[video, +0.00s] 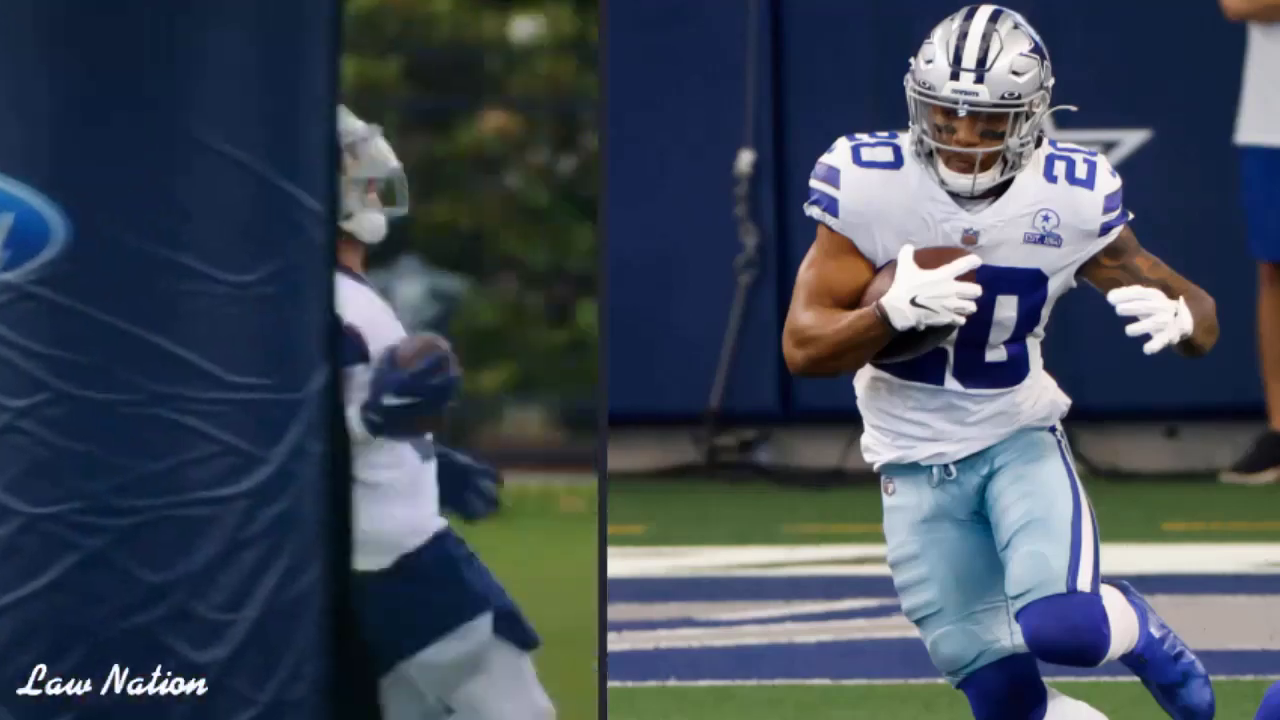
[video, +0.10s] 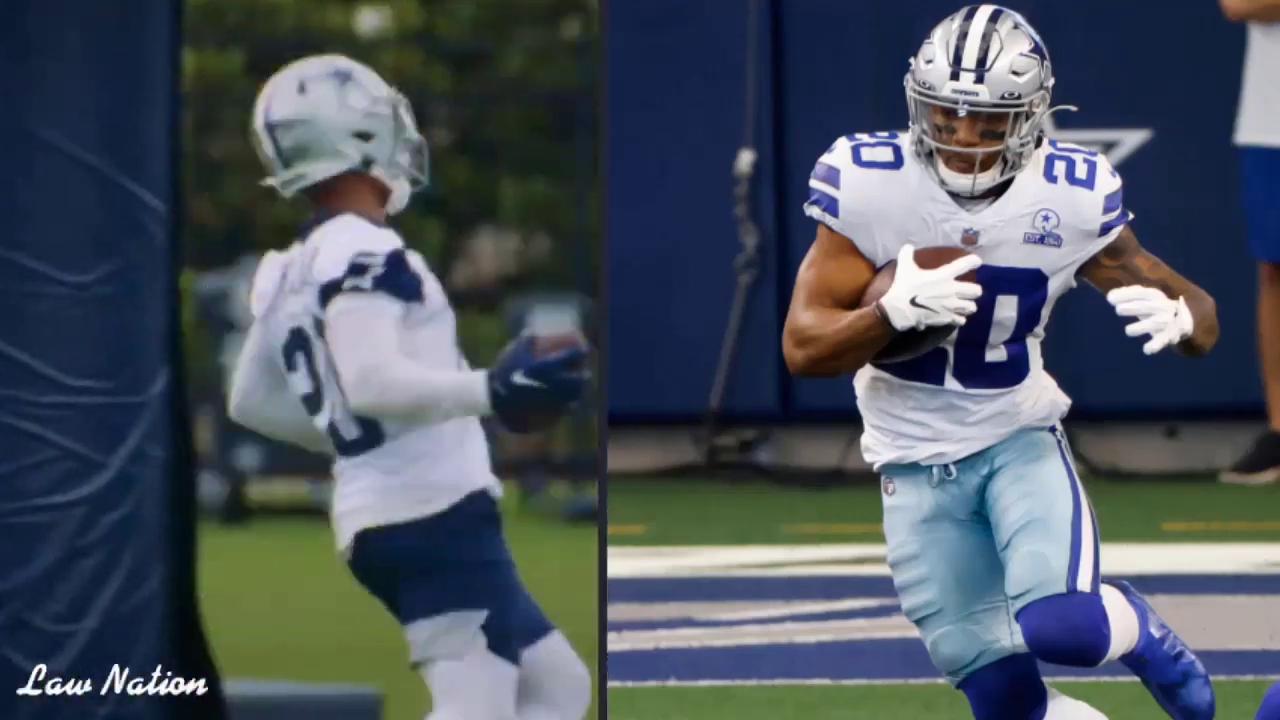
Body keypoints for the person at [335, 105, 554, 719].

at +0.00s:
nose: (377, 205)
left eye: (379, 189)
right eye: (363, 189)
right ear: (322, 196)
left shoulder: (356, 298)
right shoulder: (319, 306)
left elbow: (359, 435)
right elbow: (292, 429)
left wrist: (430, 469)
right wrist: (368, 412)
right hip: (393, 557)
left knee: (414, 705)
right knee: (513, 703)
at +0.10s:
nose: (406, 143)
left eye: (401, 127)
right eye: (396, 127)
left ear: (295, 159)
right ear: (374, 137)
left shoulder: (287, 272)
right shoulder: (365, 249)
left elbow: (253, 400)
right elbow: (372, 382)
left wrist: (355, 435)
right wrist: (491, 387)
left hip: (387, 516)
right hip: (428, 510)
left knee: (559, 681)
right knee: (473, 698)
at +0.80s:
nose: (199, 217)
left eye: (208, 201)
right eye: (196, 202)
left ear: (243, 206)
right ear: (315, 181)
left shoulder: (199, 326)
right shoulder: (399, 242)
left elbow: (203, 469)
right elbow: (537, 327)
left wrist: (288, 471)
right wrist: (516, 359)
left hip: (356, 582)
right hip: (466, 540)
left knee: (432, 707)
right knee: (535, 703)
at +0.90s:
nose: (115, 211)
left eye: (126, 193)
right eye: (112, 194)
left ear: (168, 191)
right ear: (228, 171)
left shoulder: (136, 314)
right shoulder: (323, 224)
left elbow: (163, 469)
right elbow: (458, 297)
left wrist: (204, 465)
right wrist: (478, 381)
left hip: (295, 569)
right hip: (401, 516)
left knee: (384, 706)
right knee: (490, 690)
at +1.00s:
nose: (111, 243)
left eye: (119, 227)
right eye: (111, 226)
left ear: (160, 230)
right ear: (231, 208)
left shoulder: (141, 360)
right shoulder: (321, 273)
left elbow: (184, 511)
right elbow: (459, 333)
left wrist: (150, 440)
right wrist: (519, 408)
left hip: (302, 603)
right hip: (411, 550)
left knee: (390, 707)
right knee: (527, 695)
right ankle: (507, 699)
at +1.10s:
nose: (107, 220)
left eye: (114, 204)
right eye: (106, 204)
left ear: (145, 209)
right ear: (229, 186)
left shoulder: (125, 340)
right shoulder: (310, 259)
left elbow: (146, 497)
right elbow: (440, 335)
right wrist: (511, 393)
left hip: (291, 582)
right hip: (396, 538)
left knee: (402, 712)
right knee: (446, 683)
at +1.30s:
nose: (148, 167)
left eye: (156, 150)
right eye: (147, 148)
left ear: (191, 155)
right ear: (278, 139)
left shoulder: (163, 276)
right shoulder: (363, 224)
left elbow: (169, 442)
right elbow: (473, 351)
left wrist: (160, 345)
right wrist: (450, 379)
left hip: (317, 538)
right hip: (422, 506)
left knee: (429, 711)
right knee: (401, 701)